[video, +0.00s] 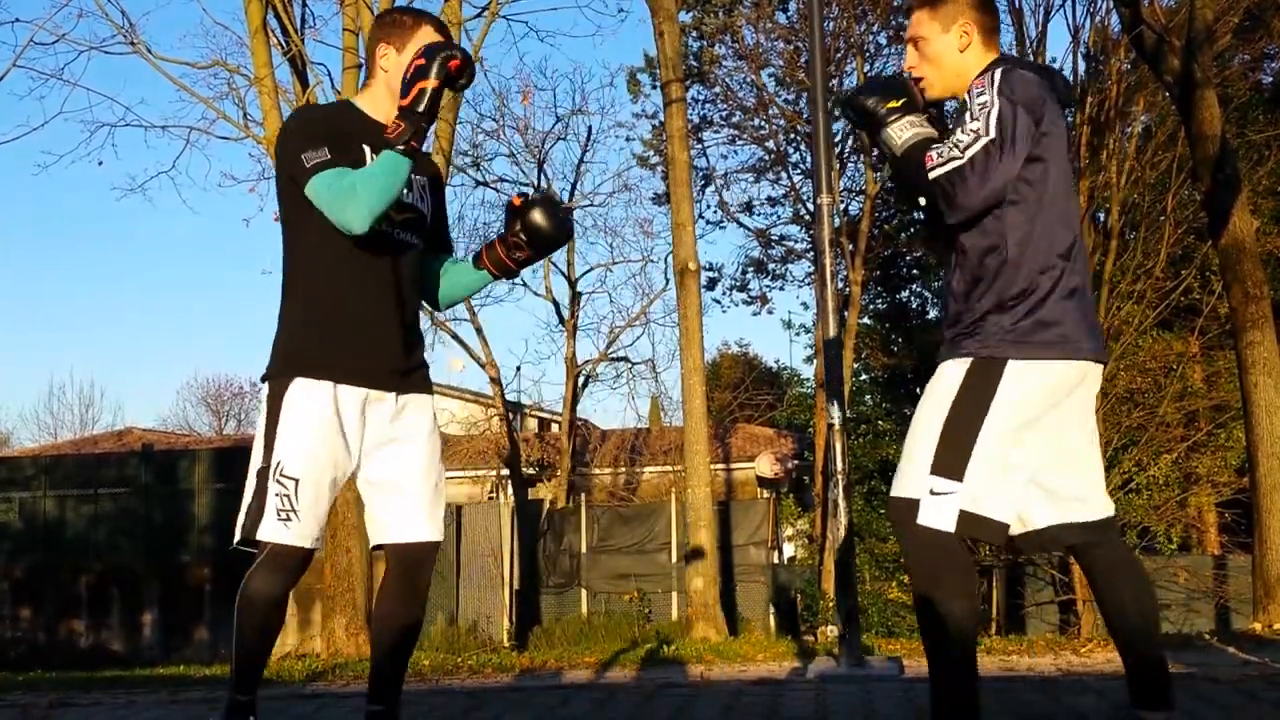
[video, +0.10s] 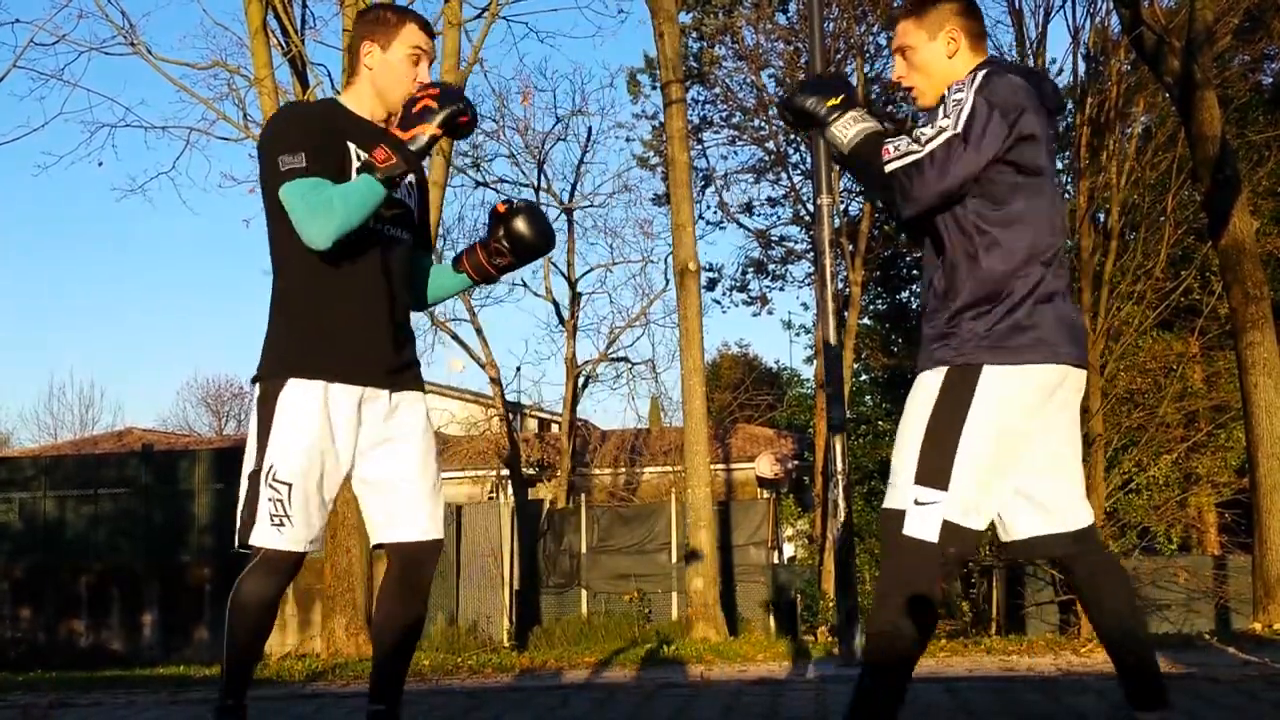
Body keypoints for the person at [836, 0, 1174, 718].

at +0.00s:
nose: (907, 61)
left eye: (918, 43)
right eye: (907, 44)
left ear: (967, 38)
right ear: (967, 37)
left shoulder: (1002, 85)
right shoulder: (1027, 93)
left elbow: (962, 191)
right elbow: (955, 216)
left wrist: (913, 138)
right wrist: (906, 144)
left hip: (1008, 340)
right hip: (1059, 339)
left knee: (922, 514)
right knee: (1088, 524)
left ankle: (954, 714)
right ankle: (1155, 702)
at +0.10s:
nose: (898, 71)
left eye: (905, 52)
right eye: (896, 56)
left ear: (953, 41)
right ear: (954, 45)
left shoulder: (989, 93)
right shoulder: (1002, 99)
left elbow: (913, 185)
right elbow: (918, 198)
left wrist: (850, 125)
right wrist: (852, 130)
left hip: (985, 347)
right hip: (1039, 344)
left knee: (914, 530)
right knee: (1061, 529)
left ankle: (868, 717)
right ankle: (1151, 703)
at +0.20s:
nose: (870, 84)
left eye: (881, 66)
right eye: (870, 68)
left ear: (931, 61)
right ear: (937, 67)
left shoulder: (952, 117)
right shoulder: (983, 119)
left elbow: (879, 212)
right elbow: (904, 225)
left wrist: (792, 173)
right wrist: (830, 176)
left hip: (956, 369)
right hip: (1013, 371)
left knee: (867, 546)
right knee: (1038, 544)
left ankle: (826, 719)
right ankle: (1144, 702)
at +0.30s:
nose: (821, 88)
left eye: (831, 71)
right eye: (822, 72)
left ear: (879, 68)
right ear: (889, 73)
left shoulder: (902, 121)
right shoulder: (943, 125)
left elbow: (905, 247)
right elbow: (922, 249)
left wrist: (829, 227)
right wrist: (835, 217)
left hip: (907, 369)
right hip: (978, 371)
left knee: (810, 543)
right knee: (1021, 537)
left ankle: (805, 718)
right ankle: (1135, 698)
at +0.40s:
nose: (781, 80)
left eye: (789, 64)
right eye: (781, 66)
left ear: (837, 58)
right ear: (850, 60)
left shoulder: (859, 115)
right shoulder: (912, 121)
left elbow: (839, 223)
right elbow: (860, 233)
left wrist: (763, 196)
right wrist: (776, 196)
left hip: (881, 360)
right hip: (954, 357)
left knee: (808, 533)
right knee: (950, 522)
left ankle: (803, 716)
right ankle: (1080, 686)